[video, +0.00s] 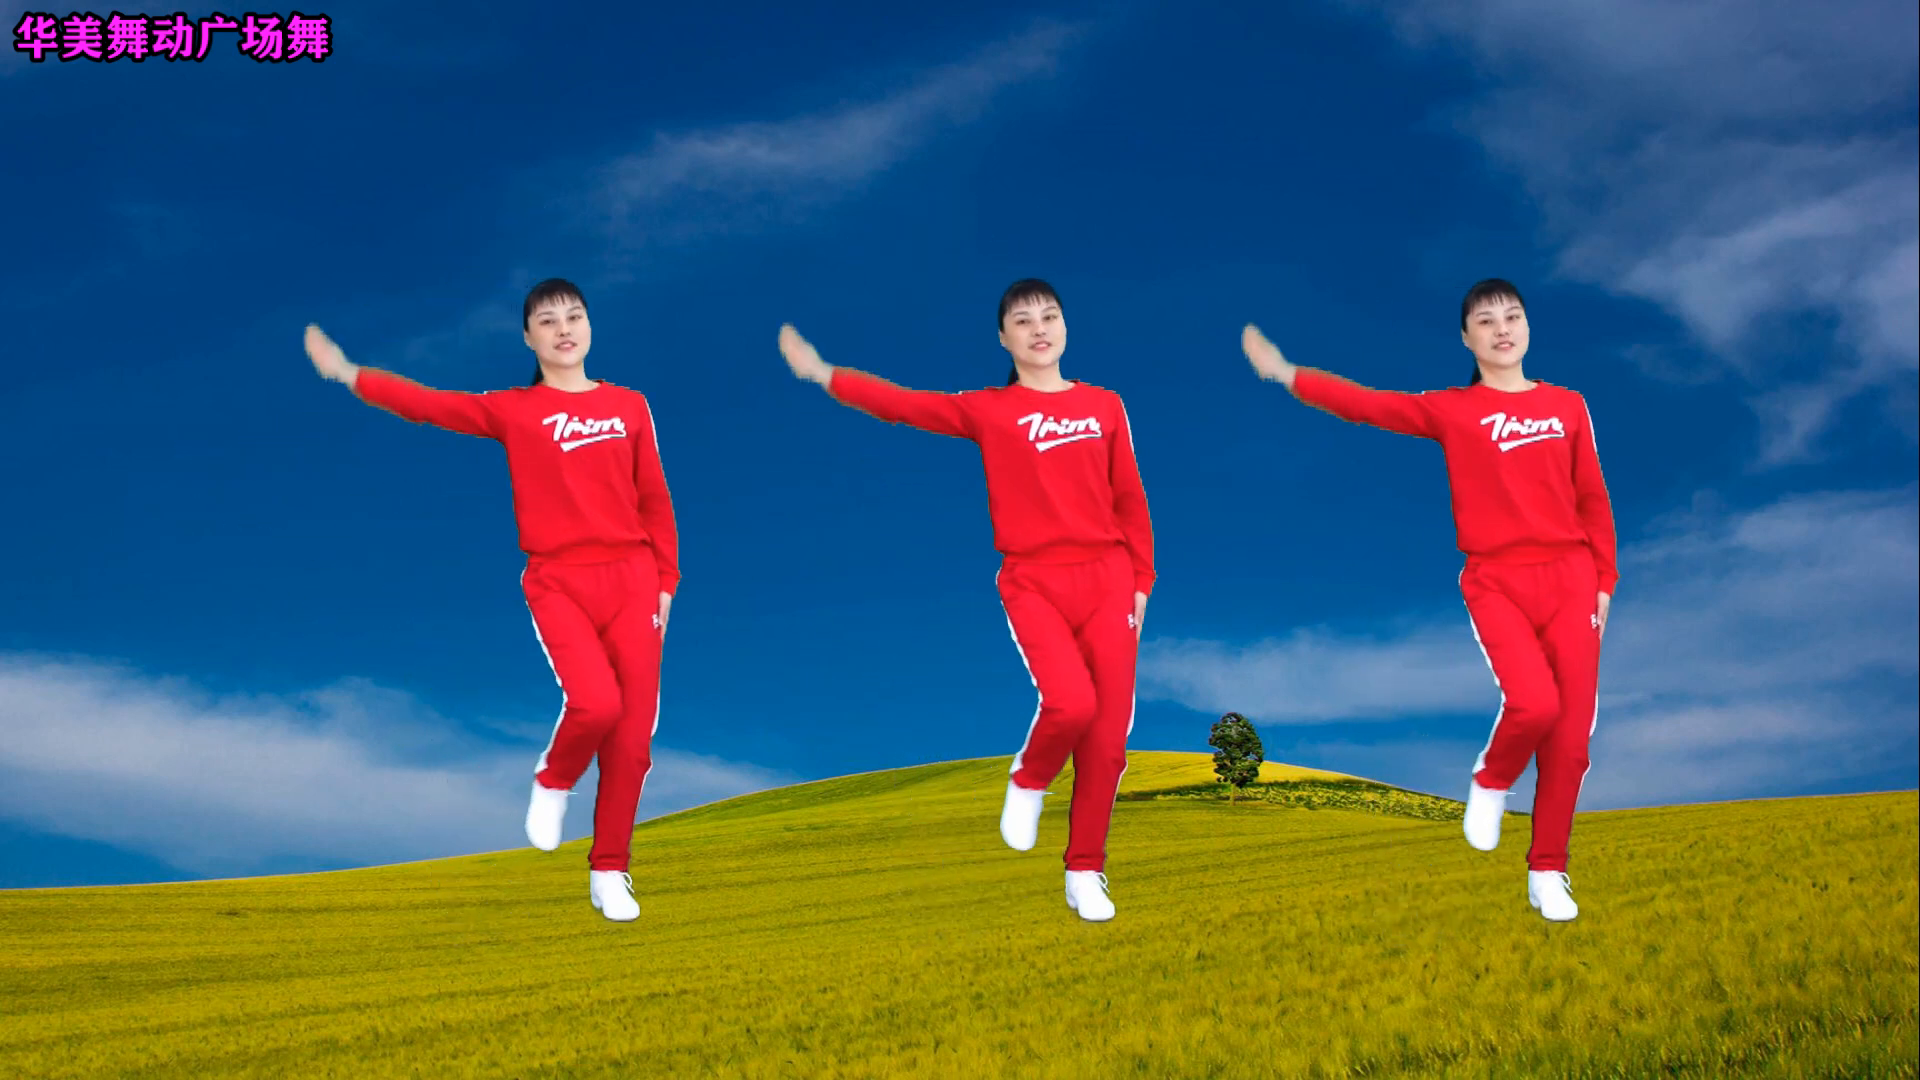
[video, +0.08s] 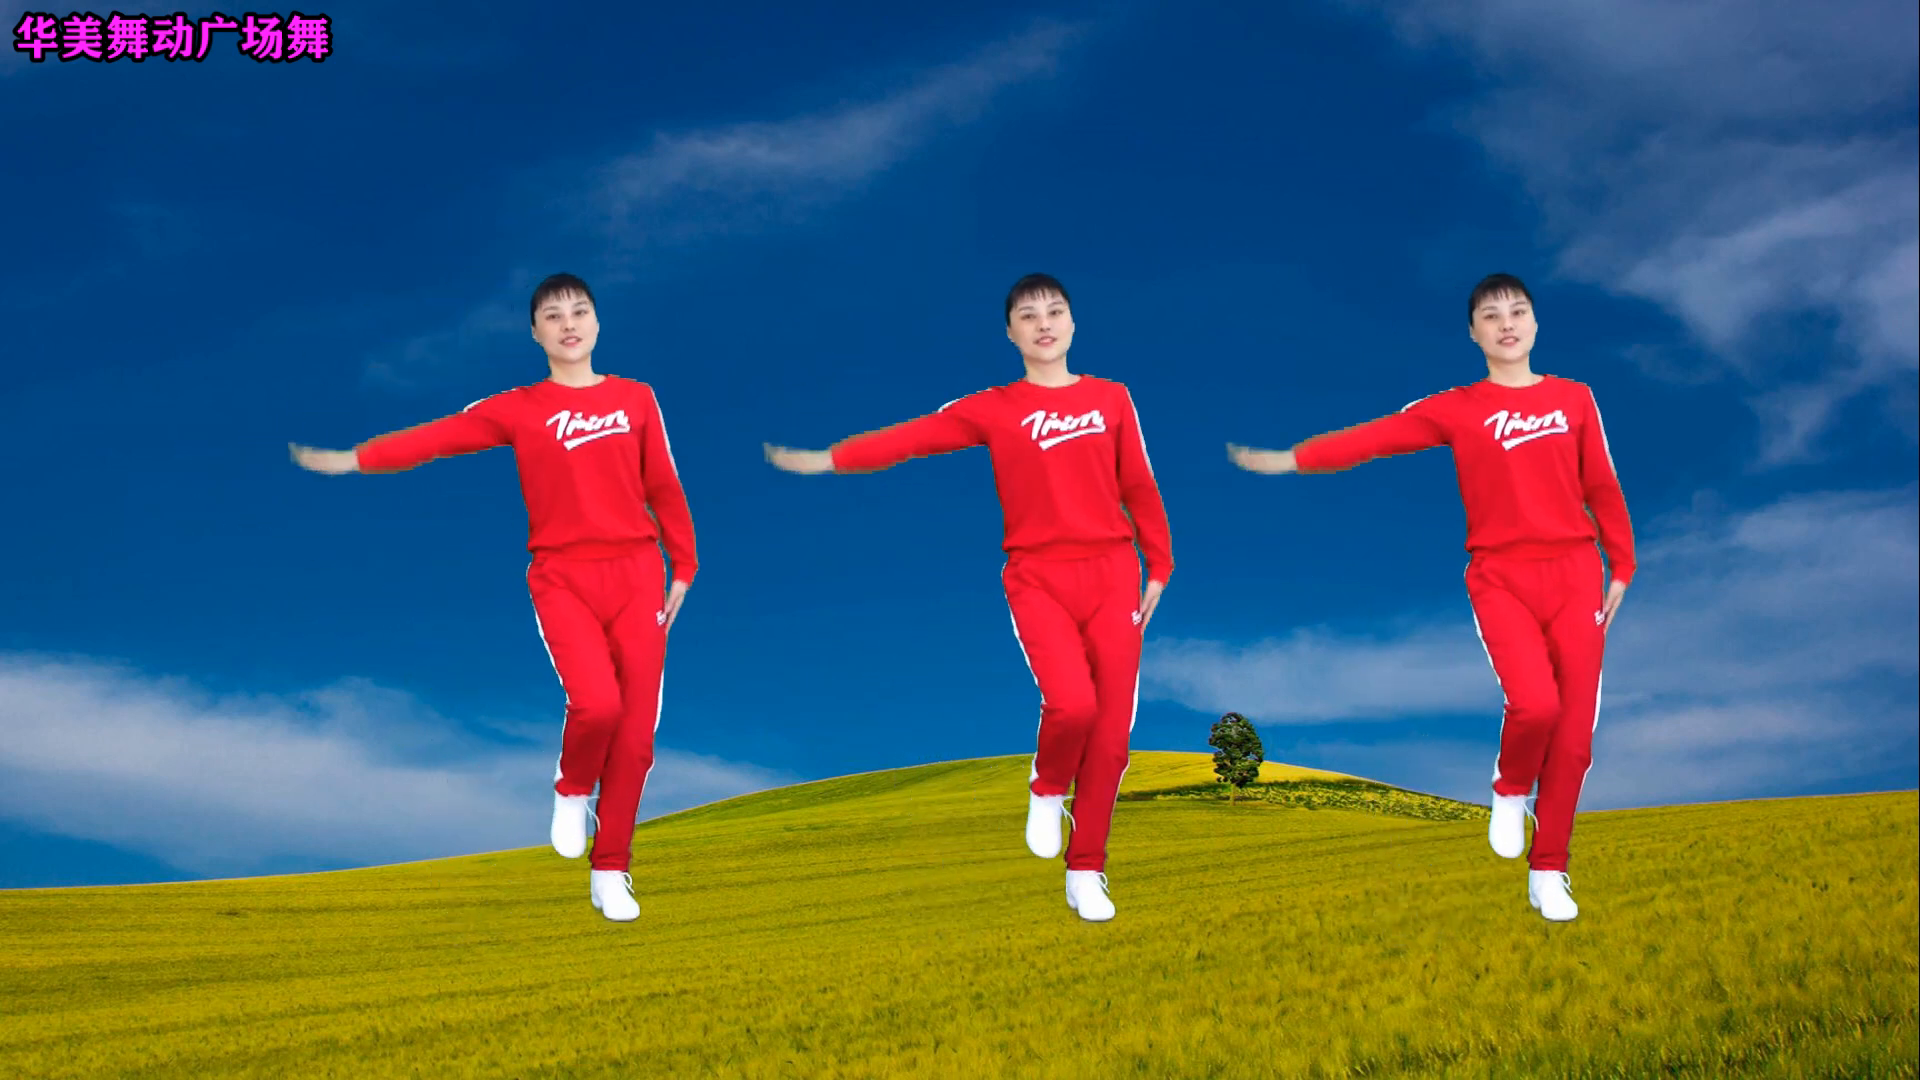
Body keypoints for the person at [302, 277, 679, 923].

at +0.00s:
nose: (564, 328)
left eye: (573, 317)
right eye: (549, 321)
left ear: (589, 328)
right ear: (530, 337)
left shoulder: (629, 404)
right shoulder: (512, 408)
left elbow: (656, 499)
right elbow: (425, 403)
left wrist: (667, 579)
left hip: (633, 573)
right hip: (557, 578)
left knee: (636, 728)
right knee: (598, 706)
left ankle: (610, 868)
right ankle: (553, 784)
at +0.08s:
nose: (568, 324)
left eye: (578, 313)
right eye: (554, 316)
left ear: (596, 324)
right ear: (537, 332)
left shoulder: (637, 398)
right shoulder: (516, 407)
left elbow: (666, 489)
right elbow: (435, 437)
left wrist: (684, 568)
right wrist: (351, 458)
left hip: (638, 569)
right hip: (561, 575)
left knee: (639, 727)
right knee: (598, 706)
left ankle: (611, 867)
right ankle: (574, 792)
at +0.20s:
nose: (573, 305)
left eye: (584, 294)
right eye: (560, 297)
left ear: (604, 305)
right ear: (544, 313)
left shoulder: (641, 375)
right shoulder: (527, 391)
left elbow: (691, 451)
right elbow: (479, 468)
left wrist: (730, 525)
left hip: (637, 559)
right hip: (561, 563)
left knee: (632, 720)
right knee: (584, 716)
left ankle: (619, 863)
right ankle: (578, 827)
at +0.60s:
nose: (554, 321)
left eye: (569, 310)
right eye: (550, 313)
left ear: (604, 324)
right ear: (547, 331)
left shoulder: (633, 401)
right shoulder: (531, 413)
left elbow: (674, 486)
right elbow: (509, 503)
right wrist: (493, 575)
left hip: (622, 578)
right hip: (548, 581)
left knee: (621, 729)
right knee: (541, 722)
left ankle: (612, 868)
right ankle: (555, 835)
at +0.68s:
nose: (548, 322)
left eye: (563, 312)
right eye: (545, 314)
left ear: (600, 324)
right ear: (544, 330)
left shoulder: (628, 398)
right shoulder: (532, 413)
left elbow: (622, 489)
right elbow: (511, 503)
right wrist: (496, 578)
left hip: (619, 577)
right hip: (549, 579)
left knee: (619, 730)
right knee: (521, 711)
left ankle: (612, 867)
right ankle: (532, 821)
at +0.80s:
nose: (537, 305)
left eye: (552, 293)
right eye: (534, 297)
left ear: (591, 304)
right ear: (533, 314)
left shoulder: (619, 370)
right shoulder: (518, 393)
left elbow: (556, 387)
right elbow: (504, 484)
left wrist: (468, 408)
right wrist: (492, 561)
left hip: (604, 558)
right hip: (531, 561)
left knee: (609, 717)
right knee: (492, 698)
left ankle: (614, 863)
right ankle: (484, 828)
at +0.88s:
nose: (530, 294)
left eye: (544, 282)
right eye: (525, 287)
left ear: (582, 294)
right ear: (523, 299)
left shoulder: (609, 359)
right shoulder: (511, 386)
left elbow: (550, 331)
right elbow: (492, 477)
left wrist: (468, 316)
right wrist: (480, 555)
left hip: (591, 550)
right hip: (518, 554)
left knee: (603, 716)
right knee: (476, 705)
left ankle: (615, 862)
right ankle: (448, 846)